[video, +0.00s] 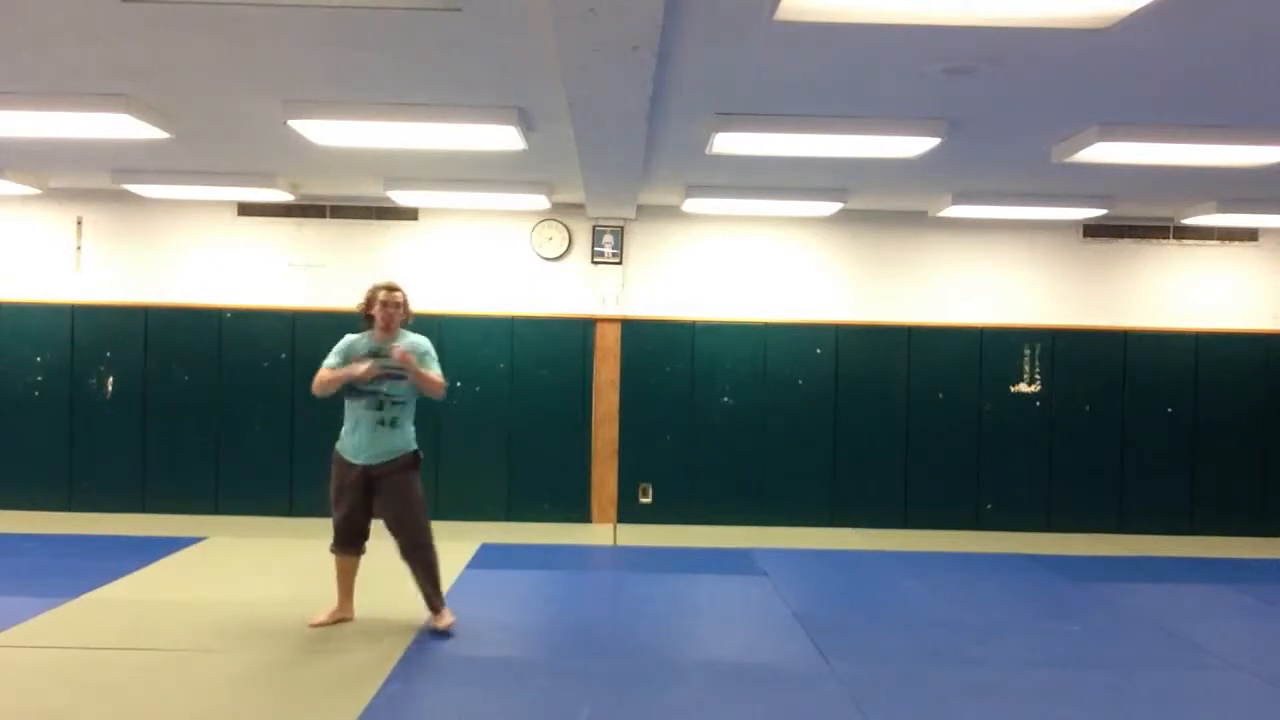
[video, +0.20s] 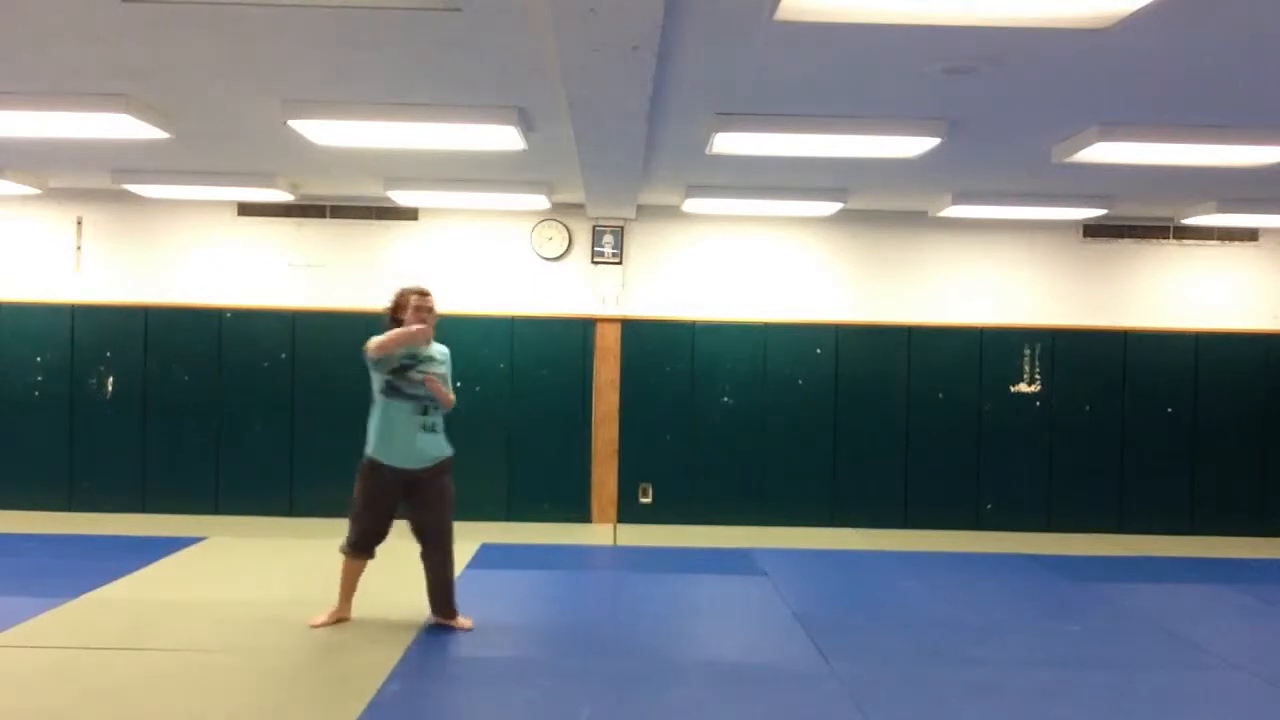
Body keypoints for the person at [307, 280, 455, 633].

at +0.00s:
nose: (388, 311)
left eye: (395, 306)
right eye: (383, 305)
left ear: (405, 312)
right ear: (370, 309)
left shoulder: (418, 346)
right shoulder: (351, 344)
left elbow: (438, 389)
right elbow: (318, 385)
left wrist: (412, 368)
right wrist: (352, 373)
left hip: (397, 457)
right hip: (351, 456)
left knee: (415, 536)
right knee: (346, 534)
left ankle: (438, 609)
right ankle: (344, 606)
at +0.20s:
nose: (423, 317)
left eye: (429, 311)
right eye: (417, 311)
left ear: (435, 317)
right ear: (398, 315)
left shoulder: (441, 353)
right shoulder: (378, 348)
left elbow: (449, 403)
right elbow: (376, 349)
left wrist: (437, 388)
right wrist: (410, 334)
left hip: (431, 460)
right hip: (382, 459)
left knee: (438, 542)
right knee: (360, 539)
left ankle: (444, 612)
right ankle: (342, 607)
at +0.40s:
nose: (468, 317)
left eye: (471, 311)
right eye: (462, 310)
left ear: (472, 316)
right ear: (443, 312)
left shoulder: (468, 352)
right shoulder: (422, 345)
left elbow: (459, 396)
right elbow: (407, 372)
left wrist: (482, 404)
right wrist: (448, 359)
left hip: (464, 458)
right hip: (426, 456)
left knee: (460, 541)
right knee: (398, 532)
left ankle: (451, 610)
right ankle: (357, 598)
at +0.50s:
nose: (490, 316)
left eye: (491, 310)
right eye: (483, 310)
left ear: (487, 314)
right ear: (463, 312)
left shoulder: (480, 352)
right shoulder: (437, 350)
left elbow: (470, 396)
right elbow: (414, 396)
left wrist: (499, 402)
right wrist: (450, 399)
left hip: (472, 455)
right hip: (438, 454)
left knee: (464, 536)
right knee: (432, 533)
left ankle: (451, 609)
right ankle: (387, 598)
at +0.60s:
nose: (506, 319)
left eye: (507, 312)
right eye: (499, 312)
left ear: (502, 317)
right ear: (479, 314)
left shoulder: (493, 354)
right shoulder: (450, 354)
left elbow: (484, 399)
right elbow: (432, 405)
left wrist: (518, 399)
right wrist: (442, 449)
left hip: (482, 459)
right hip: (454, 457)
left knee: (471, 537)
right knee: (458, 535)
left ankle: (455, 612)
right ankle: (431, 612)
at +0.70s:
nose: (518, 322)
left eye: (520, 315)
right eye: (511, 315)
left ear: (516, 320)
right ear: (491, 318)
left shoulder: (507, 356)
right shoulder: (465, 357)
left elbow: (500, 398)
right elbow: (442, 409)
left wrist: (531, 401)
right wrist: (429, 460)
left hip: (490, 457)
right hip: (463, 455)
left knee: (465, 532)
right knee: (482, 532)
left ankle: (447, 608)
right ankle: (483, 622)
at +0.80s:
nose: (532, 324)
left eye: (534, 318)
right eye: (526, 318)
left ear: (531, 322)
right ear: (505, 321)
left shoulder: (523, 357)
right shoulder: (476, 360)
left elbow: (514, 399)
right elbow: (446, 410)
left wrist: (542, 405)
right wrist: (432, 459)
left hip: (503, 462)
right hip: (476, 460)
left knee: (474, 535)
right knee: (499, 539)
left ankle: (450, 608)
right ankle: (530, 626)